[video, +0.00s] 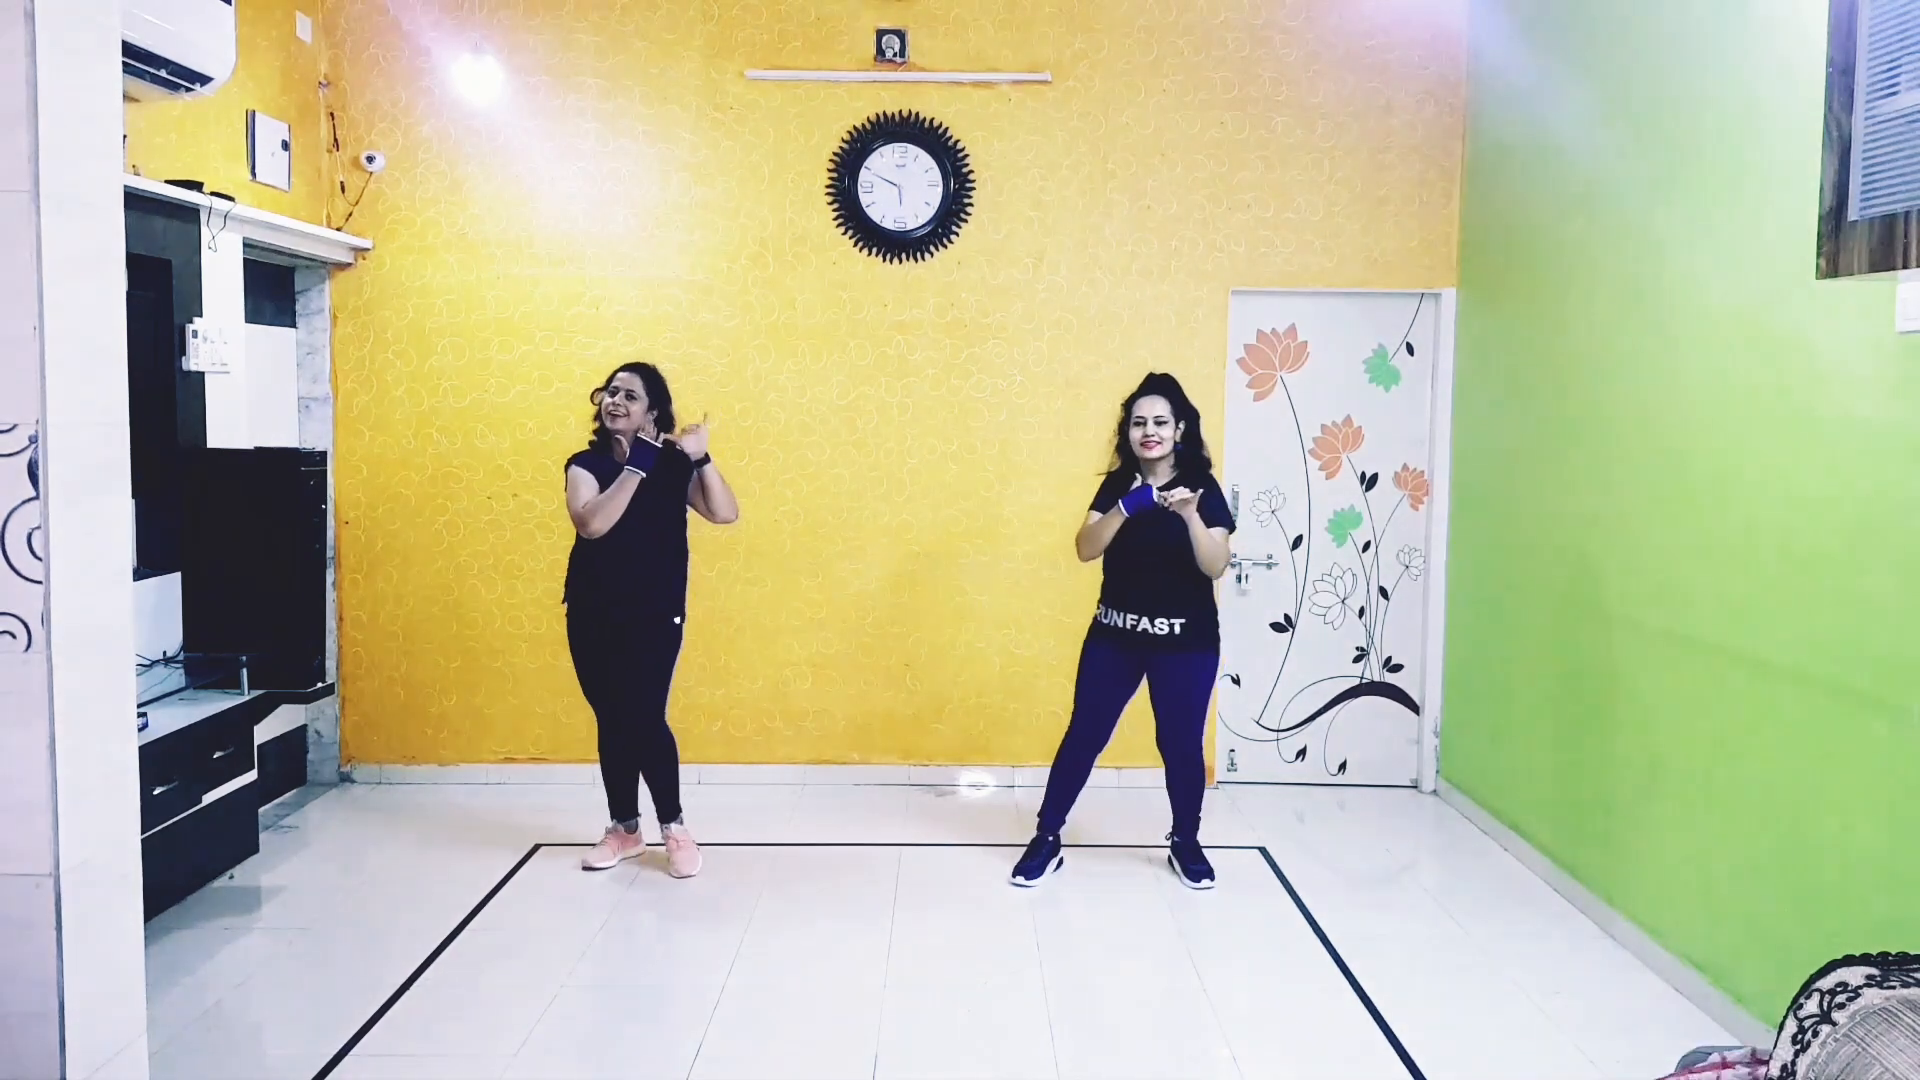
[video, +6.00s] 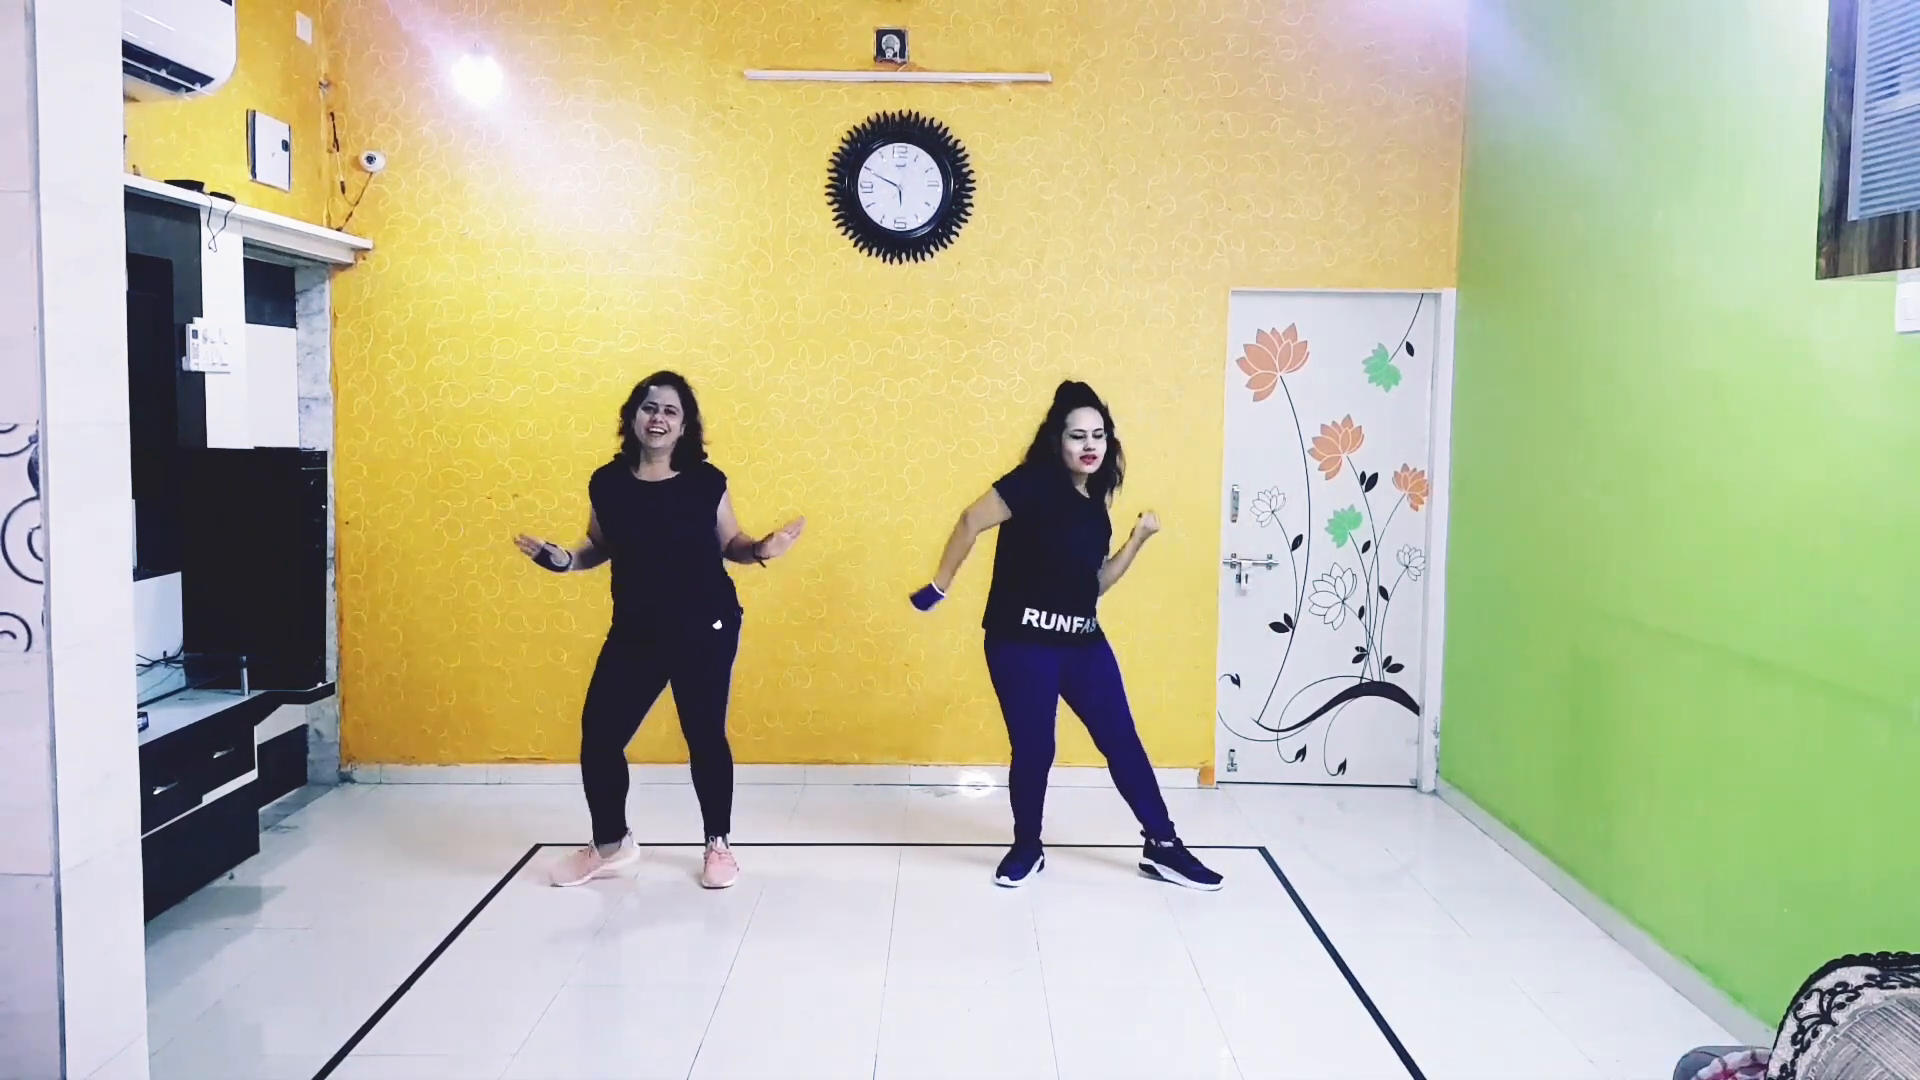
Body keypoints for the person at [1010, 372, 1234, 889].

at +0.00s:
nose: (1148, 430)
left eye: (1160, 420)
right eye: (1138, 420)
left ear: (1180, 428)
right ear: (1127, 430)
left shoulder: (1202, 488)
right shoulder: (1118, 482)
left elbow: (1216, 566)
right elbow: (1086, 550)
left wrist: (1192, 517)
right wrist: (1122, 510)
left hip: (1186, 640)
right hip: (1116, 632)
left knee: (1182, 748)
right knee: (1083, 737)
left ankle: (1186, 841)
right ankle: (1046, 836)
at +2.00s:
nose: (1097, 443)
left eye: (1106, 431)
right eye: (1085, 435)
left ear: (1127, 430)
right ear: (1074, 440)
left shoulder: (1151, 495)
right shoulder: (1067, 479)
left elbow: (1156, 574)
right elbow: (1039, 542)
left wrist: (1148, 521)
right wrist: (1076, 500)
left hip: (1123, 637)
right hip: (1054, 630)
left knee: (1148, 745)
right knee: (1042, 739)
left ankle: (1180, 838)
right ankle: (1029, 841)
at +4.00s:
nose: (1089, 432)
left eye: (1100, 422)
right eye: (1078, 423)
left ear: (1117, 430)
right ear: (1064, 432)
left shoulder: (1126, 501)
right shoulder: (1043, 473)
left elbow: (1134, 584)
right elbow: (1007, 528)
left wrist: (1150, 656)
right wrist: (1062, 483)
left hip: (1093, 636)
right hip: (1023, 630)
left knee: (1129, 741)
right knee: (1028, 741)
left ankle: (1166, 839)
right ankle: (1030, 843)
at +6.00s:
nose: (1090, 446)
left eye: (1099, 435)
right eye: (1078, 435)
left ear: (1109, 442)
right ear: (1056, 440)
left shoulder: (1096, 505)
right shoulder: (1030, 484)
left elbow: (1101, 580)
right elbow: (969, 524)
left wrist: (1136, 540)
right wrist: (940, 586)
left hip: (1081, 641)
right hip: (1021, 640)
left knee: (1122, 743)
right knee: (1033, 751)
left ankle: (1162, 842)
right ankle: (1027, 844)